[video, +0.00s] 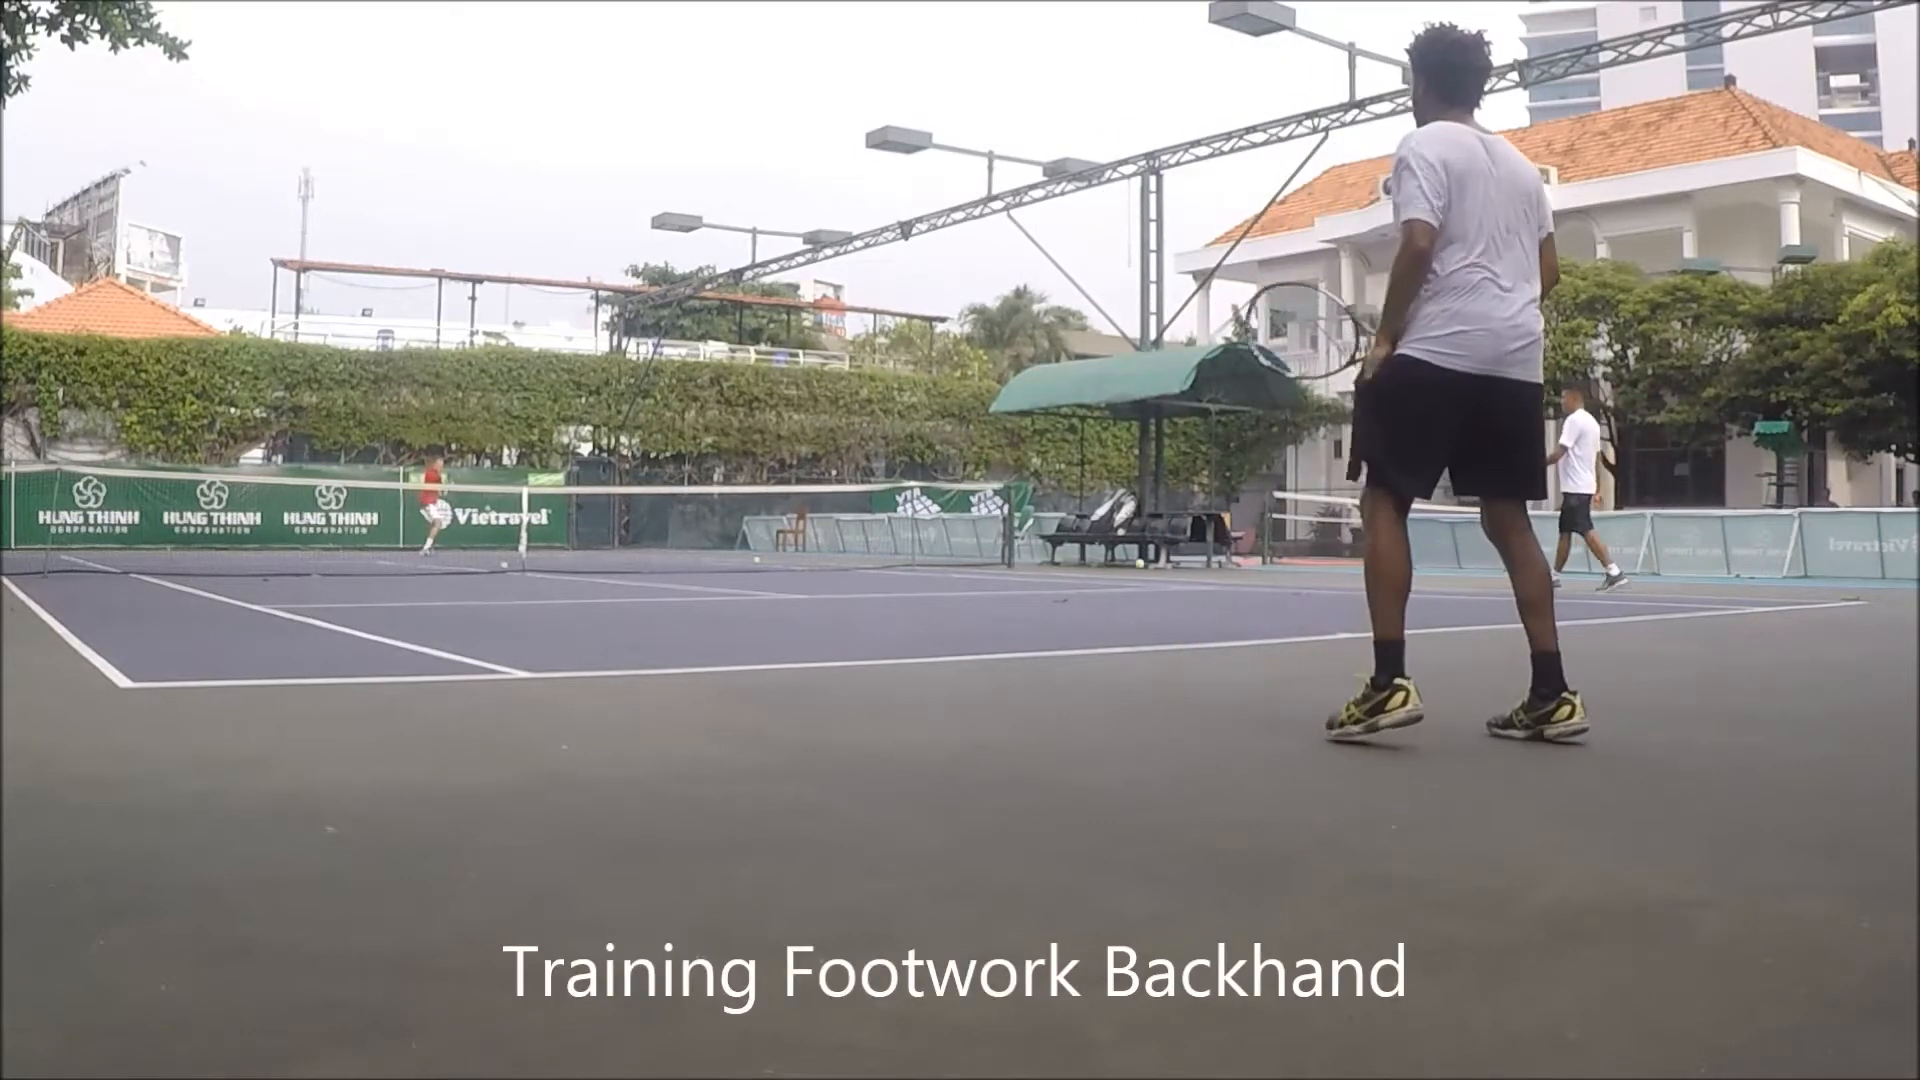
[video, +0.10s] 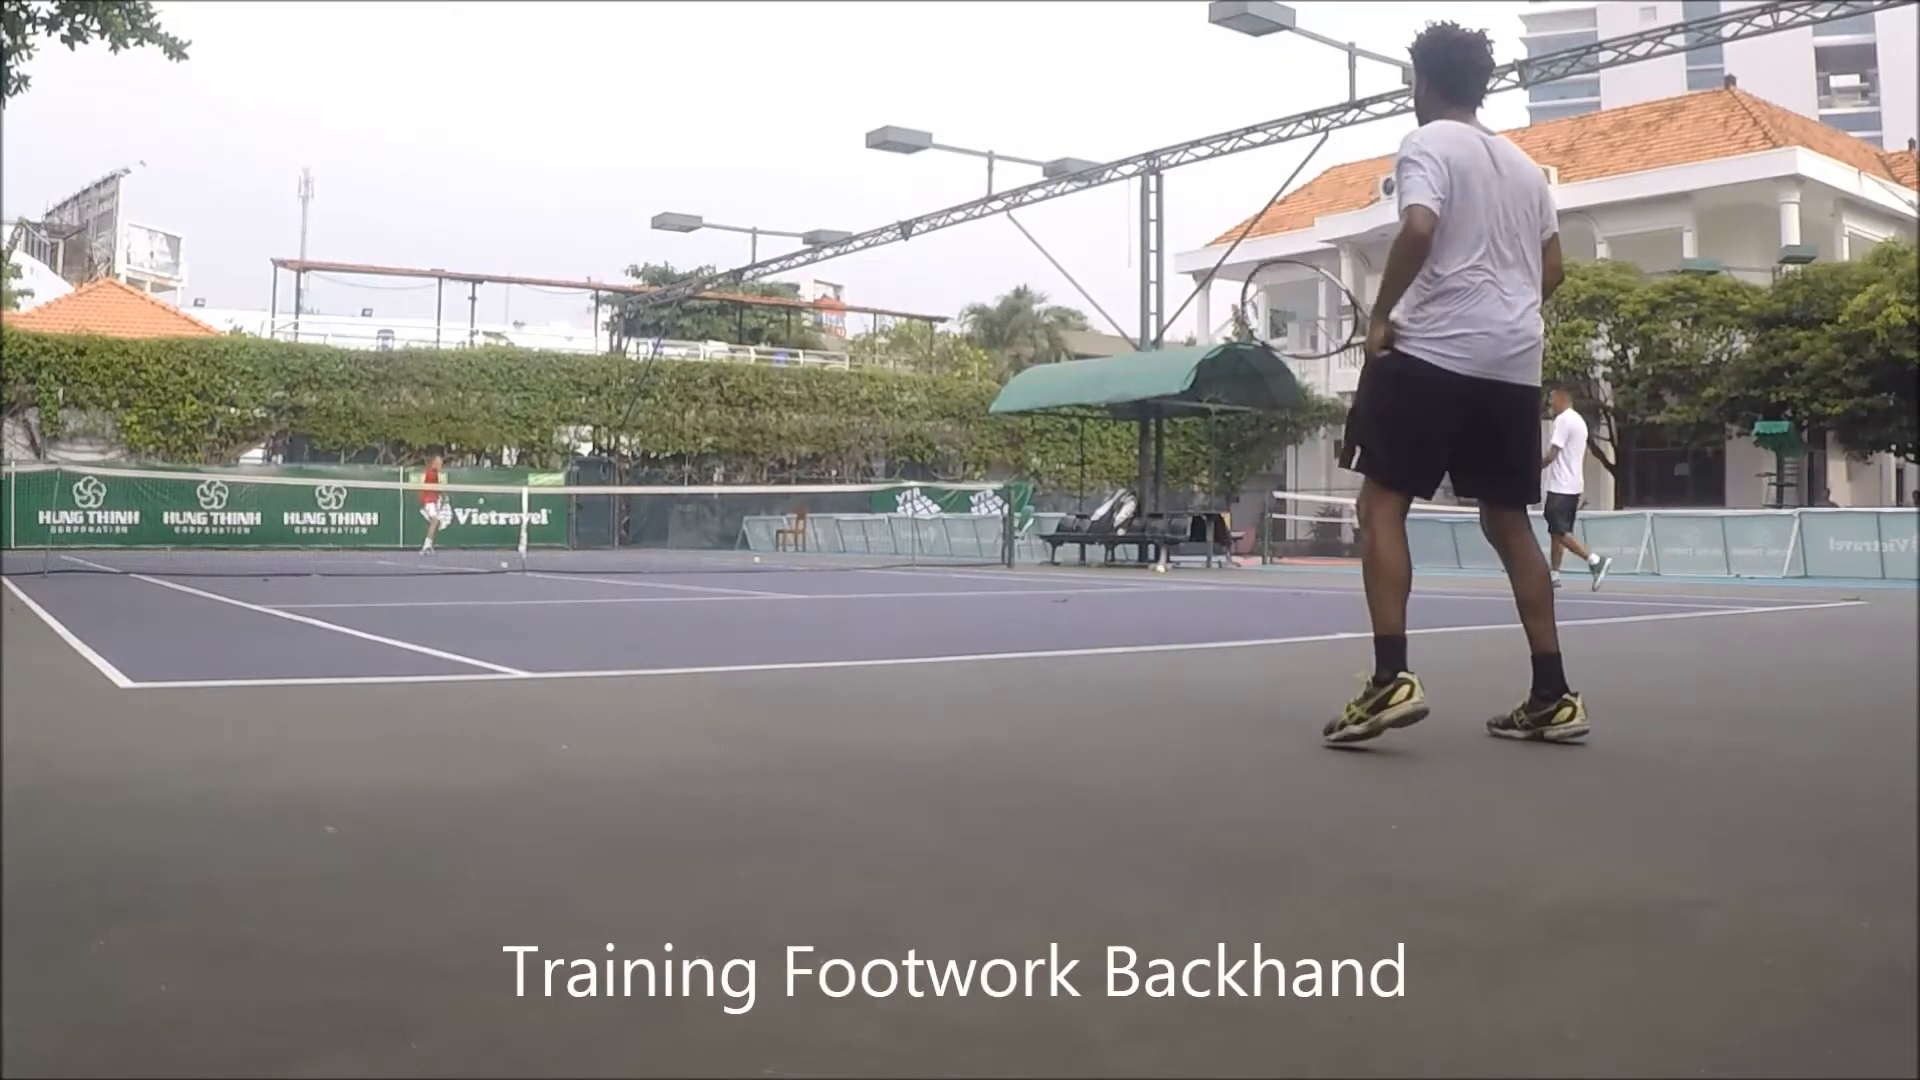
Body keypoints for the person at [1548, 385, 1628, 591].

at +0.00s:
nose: (1561, 402)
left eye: (1564, 398)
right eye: (1562, 398)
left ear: (1574, 399)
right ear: (1578, 400)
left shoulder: (1574, 420)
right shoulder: (1592, 422)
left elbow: (1559, 452)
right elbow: (1596, 460)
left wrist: (1539, 465)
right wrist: (1597, 489)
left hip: (1576, 489)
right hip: (1584, 488)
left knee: (1588, 532)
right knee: (1565, 532)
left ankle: (1613, 572)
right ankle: (1554, 575)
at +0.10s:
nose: (1551, 403)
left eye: (1553, 399)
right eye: (1552, 399)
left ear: (1561, 400)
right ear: (1568, 401)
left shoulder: (1563, 420)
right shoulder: (1578, 420)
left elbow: (1552, 453)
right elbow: (1577, 454)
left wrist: (1535, 467)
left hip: (1561, 486)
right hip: (1572, 486)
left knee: (1559, 532)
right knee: (1557, 531)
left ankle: (1594, 560)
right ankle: (1554, 574)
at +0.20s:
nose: (1538, 401)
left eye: (1540, 396)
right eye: (1538, 397)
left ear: (1550, 397)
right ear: (1555, 398)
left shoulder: (1553, 418)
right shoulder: (1566, 418)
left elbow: (1547, 451)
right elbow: (1564, 452)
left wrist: (1532, 473)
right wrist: (1546, 472)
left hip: (1548, 484)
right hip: (1563, 484)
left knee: (1533, 526)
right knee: (1551, 531)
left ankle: (1566, 556)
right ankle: (1554, 572)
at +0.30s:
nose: (1530, 404)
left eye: (1531, 399)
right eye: (1530, 399)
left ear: (1539, 399)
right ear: (1547, 399)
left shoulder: (1544, 419)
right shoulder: (1555, 418)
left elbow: (1541, 452)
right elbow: (1553, 452)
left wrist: (1532, 484)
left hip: (1540, 484)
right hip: (1555, 484)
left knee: (1521, 526)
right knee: (1551, 531)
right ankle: (1553, 572)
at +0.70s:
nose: (1471, 417)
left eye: (1472, 412)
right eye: (1470, 413)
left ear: (1481, 407)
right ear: (1485, 407)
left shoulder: (1489, 429)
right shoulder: (1501, 424)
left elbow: (1493, 463)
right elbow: (1495, 461)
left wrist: (1494, 496)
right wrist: (1477, 482)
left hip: (1489, 491)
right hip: (1508, 490)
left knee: (1474, 527)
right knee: (1510, 532)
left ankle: (1474, 575)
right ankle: (1538, 561)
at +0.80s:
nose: (1456, 420)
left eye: (1457, 415)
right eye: (1456, 416)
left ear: (1464, 411)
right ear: (1470, 409)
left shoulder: (1474, 430)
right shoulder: (1488, 422)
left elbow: (1476, 465)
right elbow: (1492, 458)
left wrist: (1471, 497)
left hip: (1488, 487)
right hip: (1502, 485)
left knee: (1472, 528)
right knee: (1491, 529)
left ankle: (1474, 575)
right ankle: (1518, 557)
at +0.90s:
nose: (1443, 429)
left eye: (1442, 424)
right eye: (1441, 425)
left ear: (1450, 418)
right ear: (1452, 416)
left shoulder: (1462, 435)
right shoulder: (1472, 423)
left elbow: (1462, 472)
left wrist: (1455, 502)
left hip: (1486, 486)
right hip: (1497, 482)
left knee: (1471, 527)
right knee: (1475, 526)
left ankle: (1474, 574)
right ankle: (1496, 564)